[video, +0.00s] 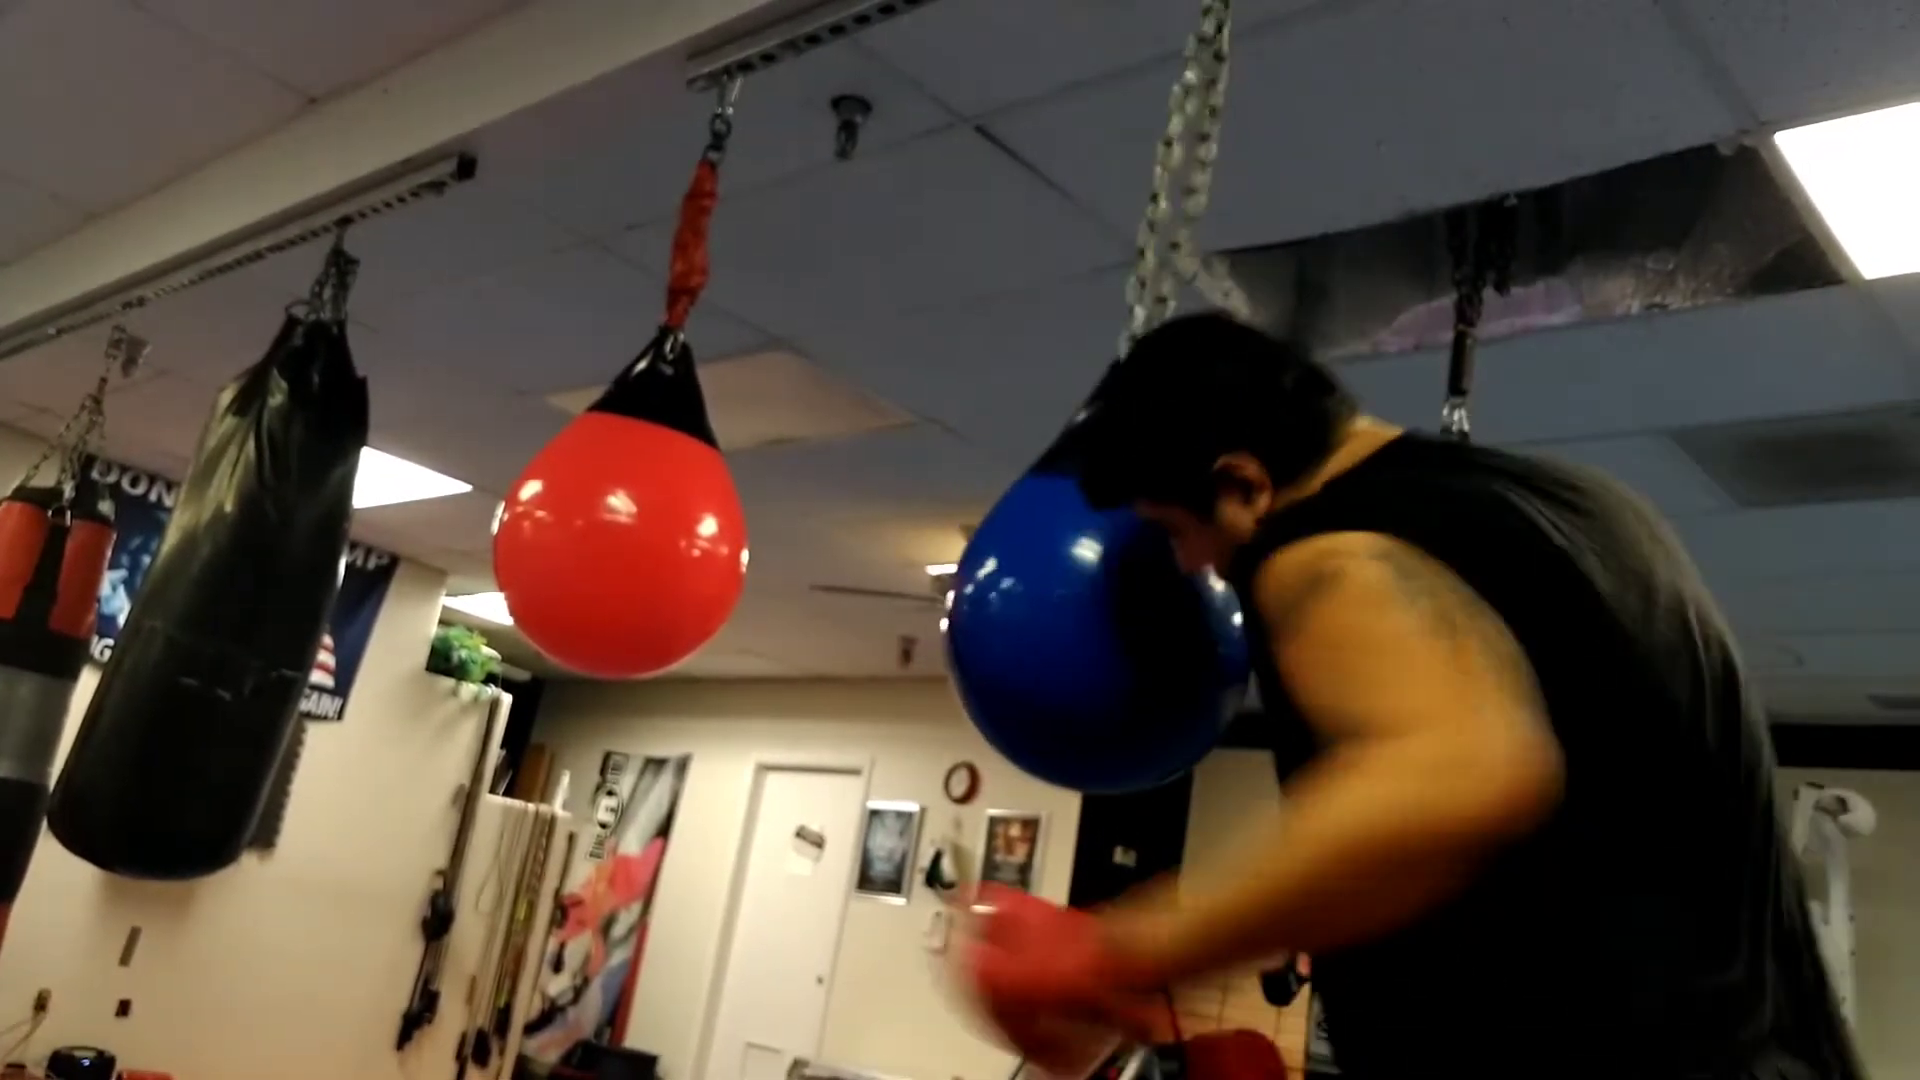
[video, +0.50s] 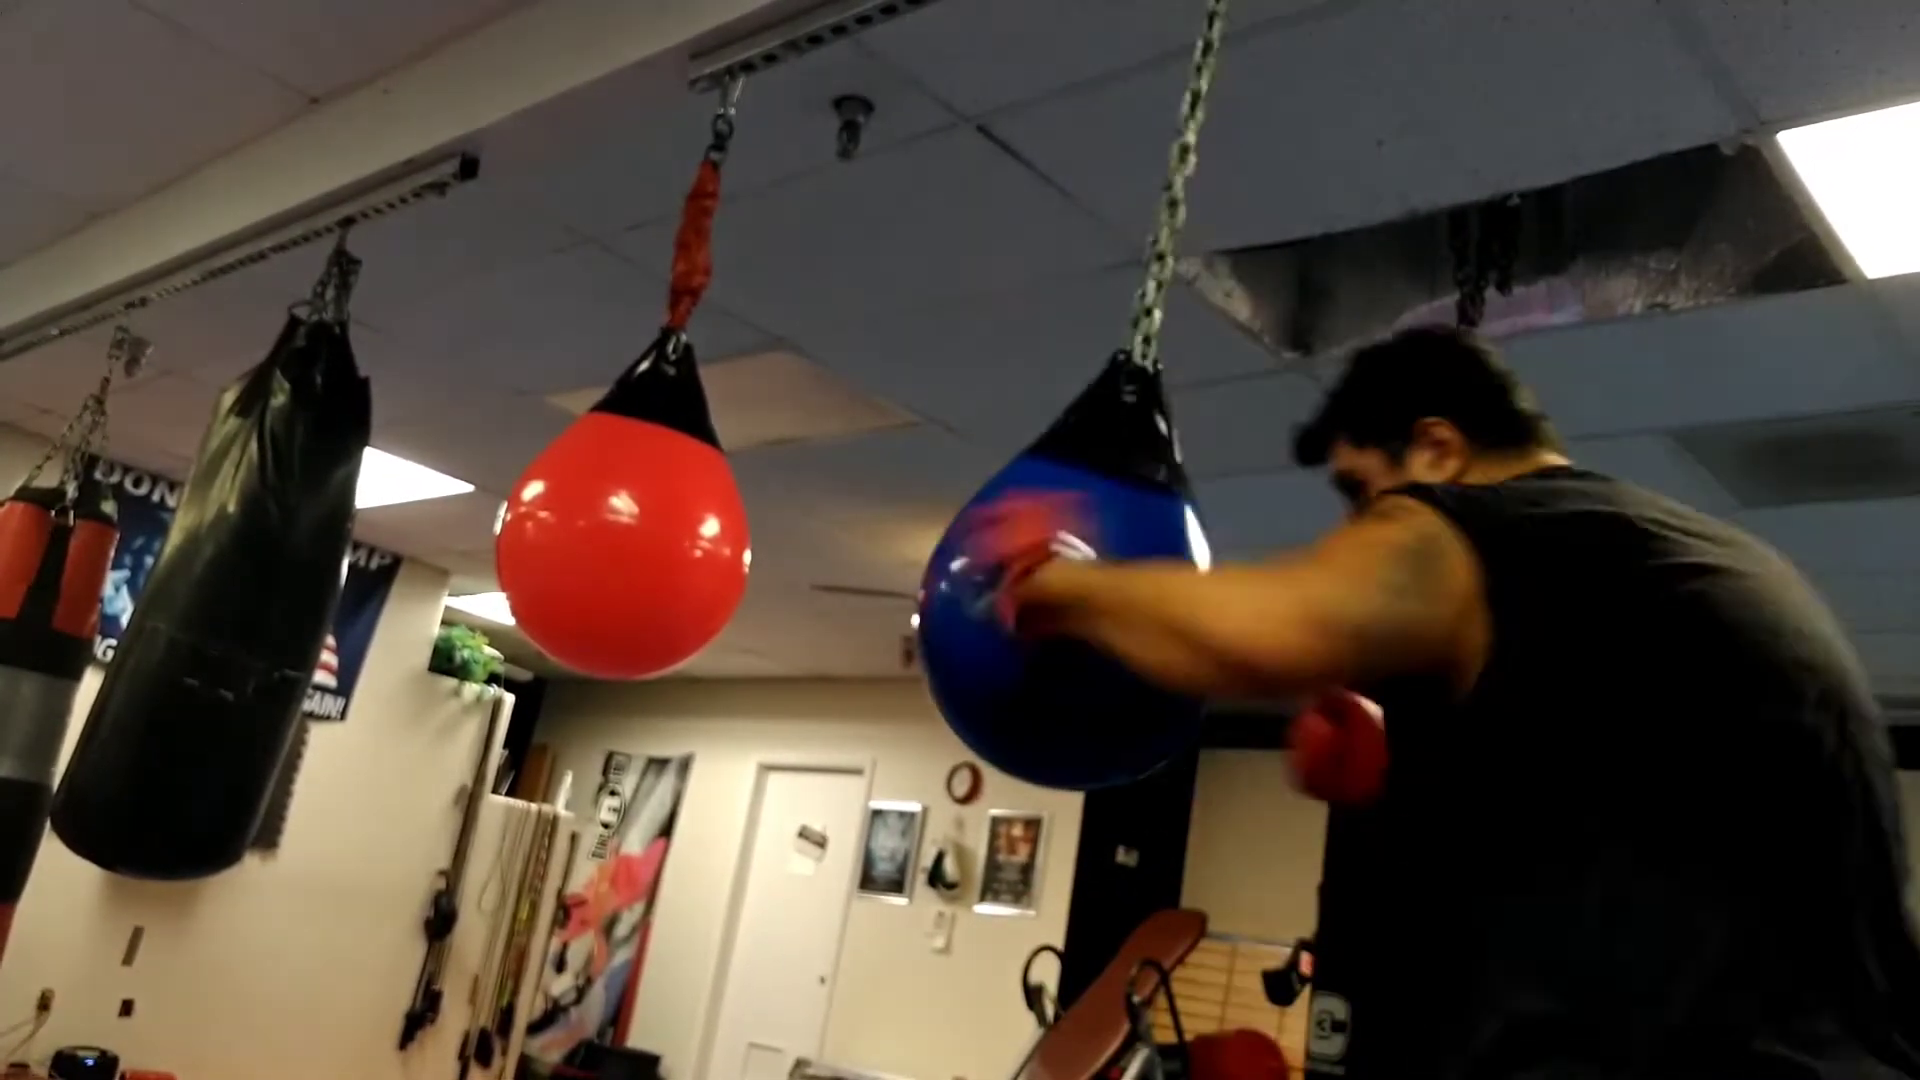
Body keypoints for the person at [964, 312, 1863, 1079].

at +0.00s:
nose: (1195, 575)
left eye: (1177, 540)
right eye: (1170, 550)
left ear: (1243, 486)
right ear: (1348, 424)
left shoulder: (1328, 556)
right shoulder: (1573, 504)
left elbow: (1466, 760)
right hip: (1746, 1043)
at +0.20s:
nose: (1190, 496)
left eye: (1184, 455)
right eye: (1174, 466)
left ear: (1259, 413)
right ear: (1351, 375)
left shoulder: (1311, 517)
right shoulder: (1563, 462)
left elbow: (1288, 810)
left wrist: (1137, 727)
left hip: (1540, 1039)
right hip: (1799, 1022)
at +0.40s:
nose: (1278, 533)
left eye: (1283, 490)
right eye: (1270, 499)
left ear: (1367, 464)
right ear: (1372, 465)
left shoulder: (1461, 538)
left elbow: (1611, 708)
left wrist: (1290, 811)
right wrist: (1299, 731)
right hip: (1750, 1048)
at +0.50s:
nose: (1354, 524)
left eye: (1358, 495)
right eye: (1343, 504)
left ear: (1436, 447)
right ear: (1516, 444)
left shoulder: (1463, 532)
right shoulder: (1694, 545)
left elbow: (1253, 638)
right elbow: (1605, 808)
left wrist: (1058, 582)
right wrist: (1398, 771)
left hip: (1580, 1044)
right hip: (1828, 1039)